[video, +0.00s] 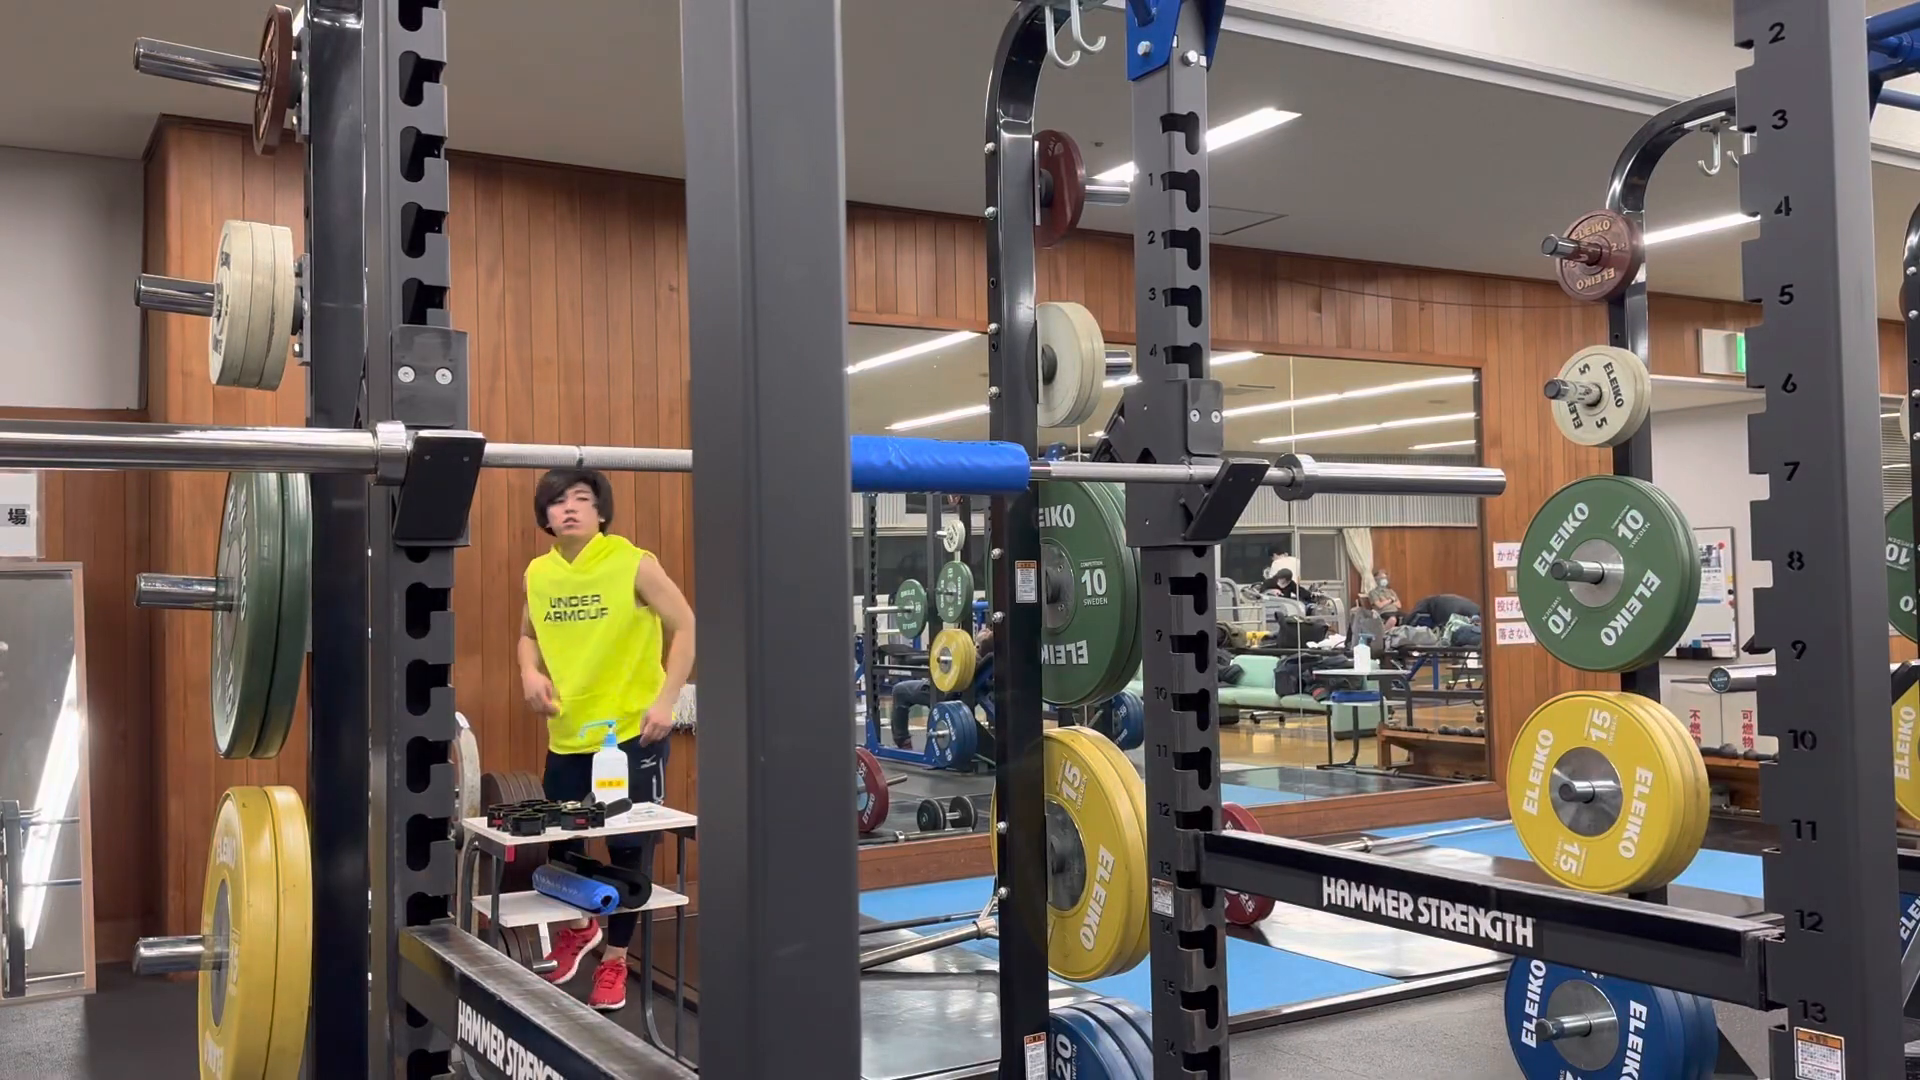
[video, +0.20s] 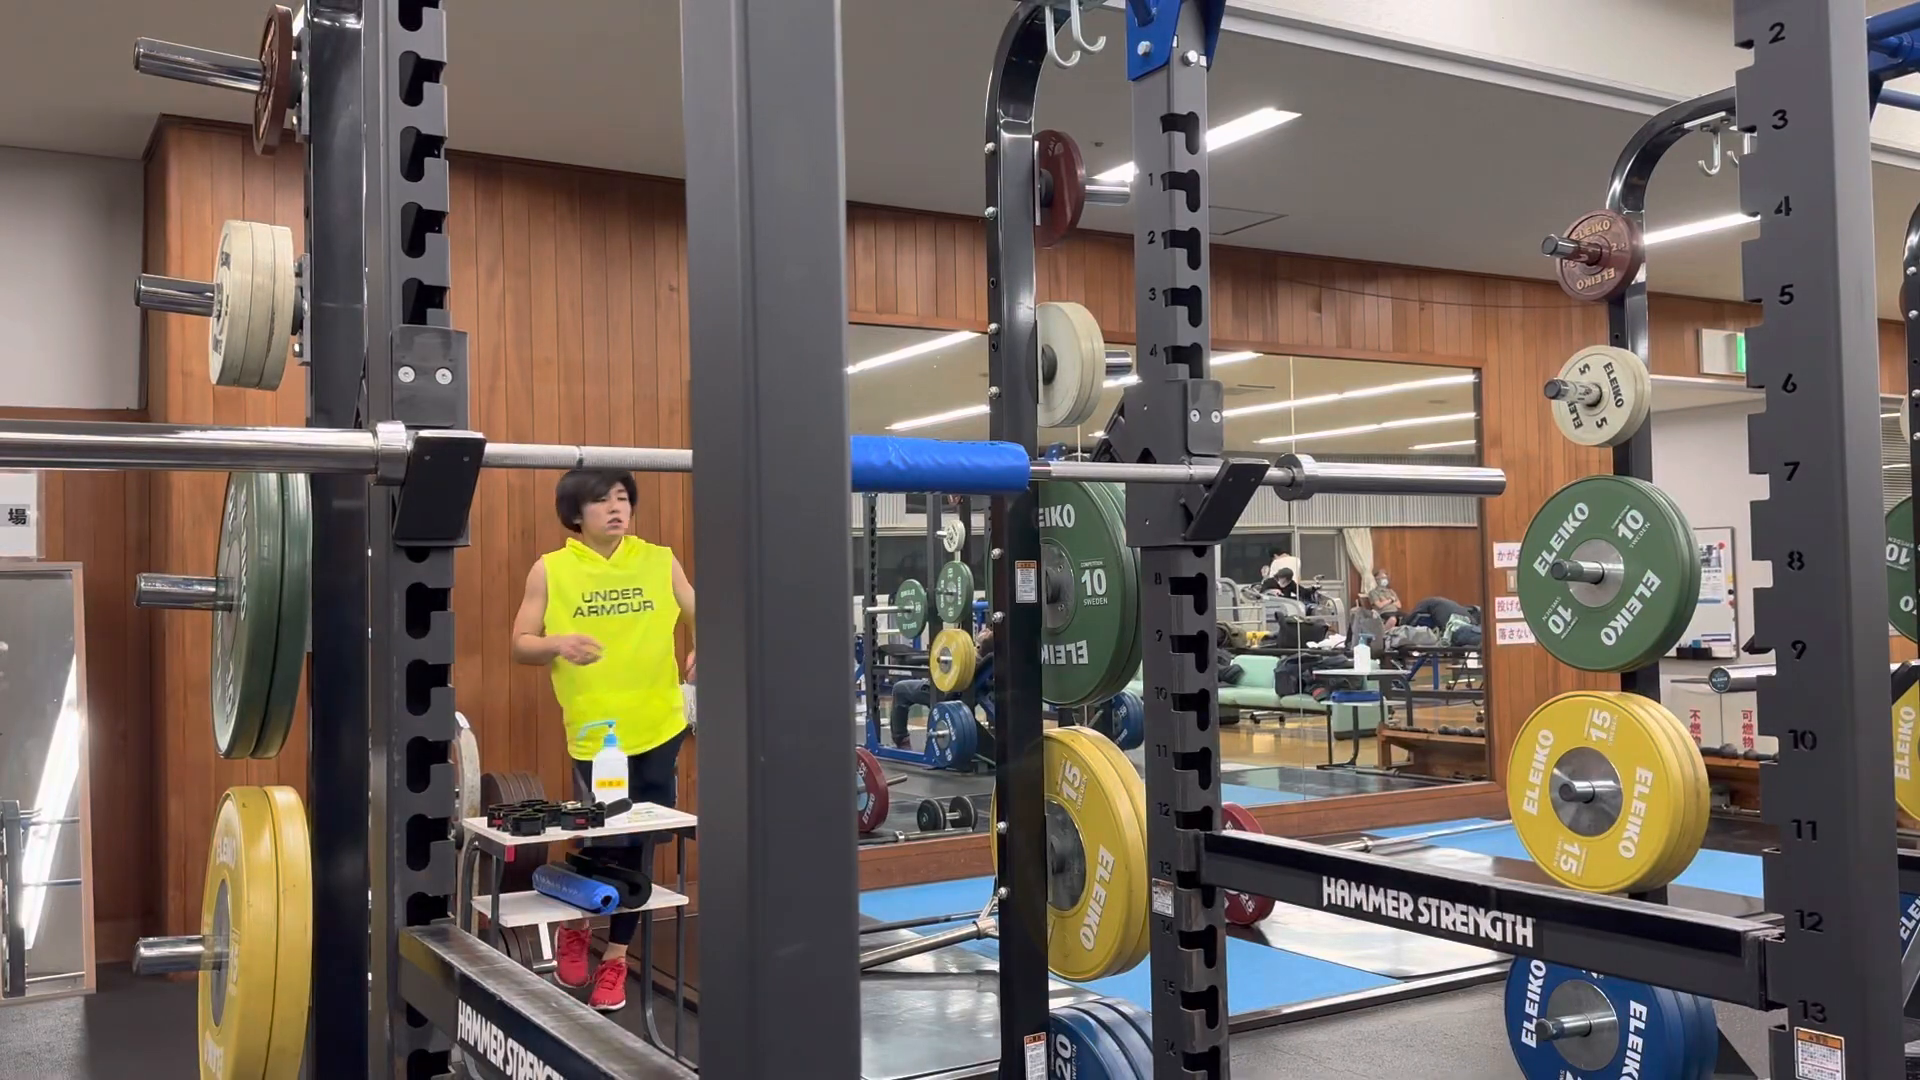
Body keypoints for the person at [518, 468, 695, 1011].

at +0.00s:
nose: (570, 507)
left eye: (581, 498)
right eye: (557, 501)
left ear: (602, 511)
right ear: (545, 516)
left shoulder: (633, 565)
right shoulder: (538, 576)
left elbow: (685, 624)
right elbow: (530, 636)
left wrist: (667, 700)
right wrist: (530, 672)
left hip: (631, 735)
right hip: (568, 736)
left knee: (627, 849)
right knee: (559, 842)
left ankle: (616, 953)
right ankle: (579, 921)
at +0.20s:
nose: (615, 509)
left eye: (622, 500)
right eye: (602, 501)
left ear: (633, 508)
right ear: (575, 512)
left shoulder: (661, 562)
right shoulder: (551, 570)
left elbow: (702, 618)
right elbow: (521, 643)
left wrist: (701, 652)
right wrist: (557, 646)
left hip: (657, 725)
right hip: (592, 730)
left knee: (639, 848)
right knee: (596, 843)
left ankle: (617, 953)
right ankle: (577, 927)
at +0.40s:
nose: (650, 503)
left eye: (651, 494)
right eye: (637, 495)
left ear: (650, 500)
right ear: (603, 503)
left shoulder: (661, 550)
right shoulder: (572, 561)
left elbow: (696, 604)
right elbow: (547, 641)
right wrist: (610, 629)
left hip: (671, 716)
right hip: (615, 722)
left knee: (649, 837)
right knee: (664, 822)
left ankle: (612, 958)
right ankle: (598, 926)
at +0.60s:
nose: (691, 508)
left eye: (691, 497)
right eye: (682, 498)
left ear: (669, 505)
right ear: (650, 503)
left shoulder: (686, 554)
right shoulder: (607, 559)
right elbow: (598, 639)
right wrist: (667, 600)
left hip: (690, 730)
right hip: (639, 737)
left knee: (649, 860)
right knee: (663, 865)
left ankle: (598, 955)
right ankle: (686, 979)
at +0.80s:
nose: (718, 499)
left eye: (711, 488)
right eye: (711, 489)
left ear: (664, 498)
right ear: (698, 498)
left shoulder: (703, 552)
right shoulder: (647, 555)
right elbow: (637, 635)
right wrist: (700, 601)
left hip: (712, 733)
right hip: (672, 737)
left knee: (707, 860)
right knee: (681, 865)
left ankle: (628, 929)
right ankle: (684, 986)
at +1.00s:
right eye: (749, 497)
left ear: (715, 495)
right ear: (727, 495)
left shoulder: (723, 547)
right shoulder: (690, 544)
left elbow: (684, 628)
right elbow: (683, 629)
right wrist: (748, 608)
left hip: (719, 736)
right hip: (699, 737)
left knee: (703, 865)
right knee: (703, 865)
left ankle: (691, 982)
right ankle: (692, 984)